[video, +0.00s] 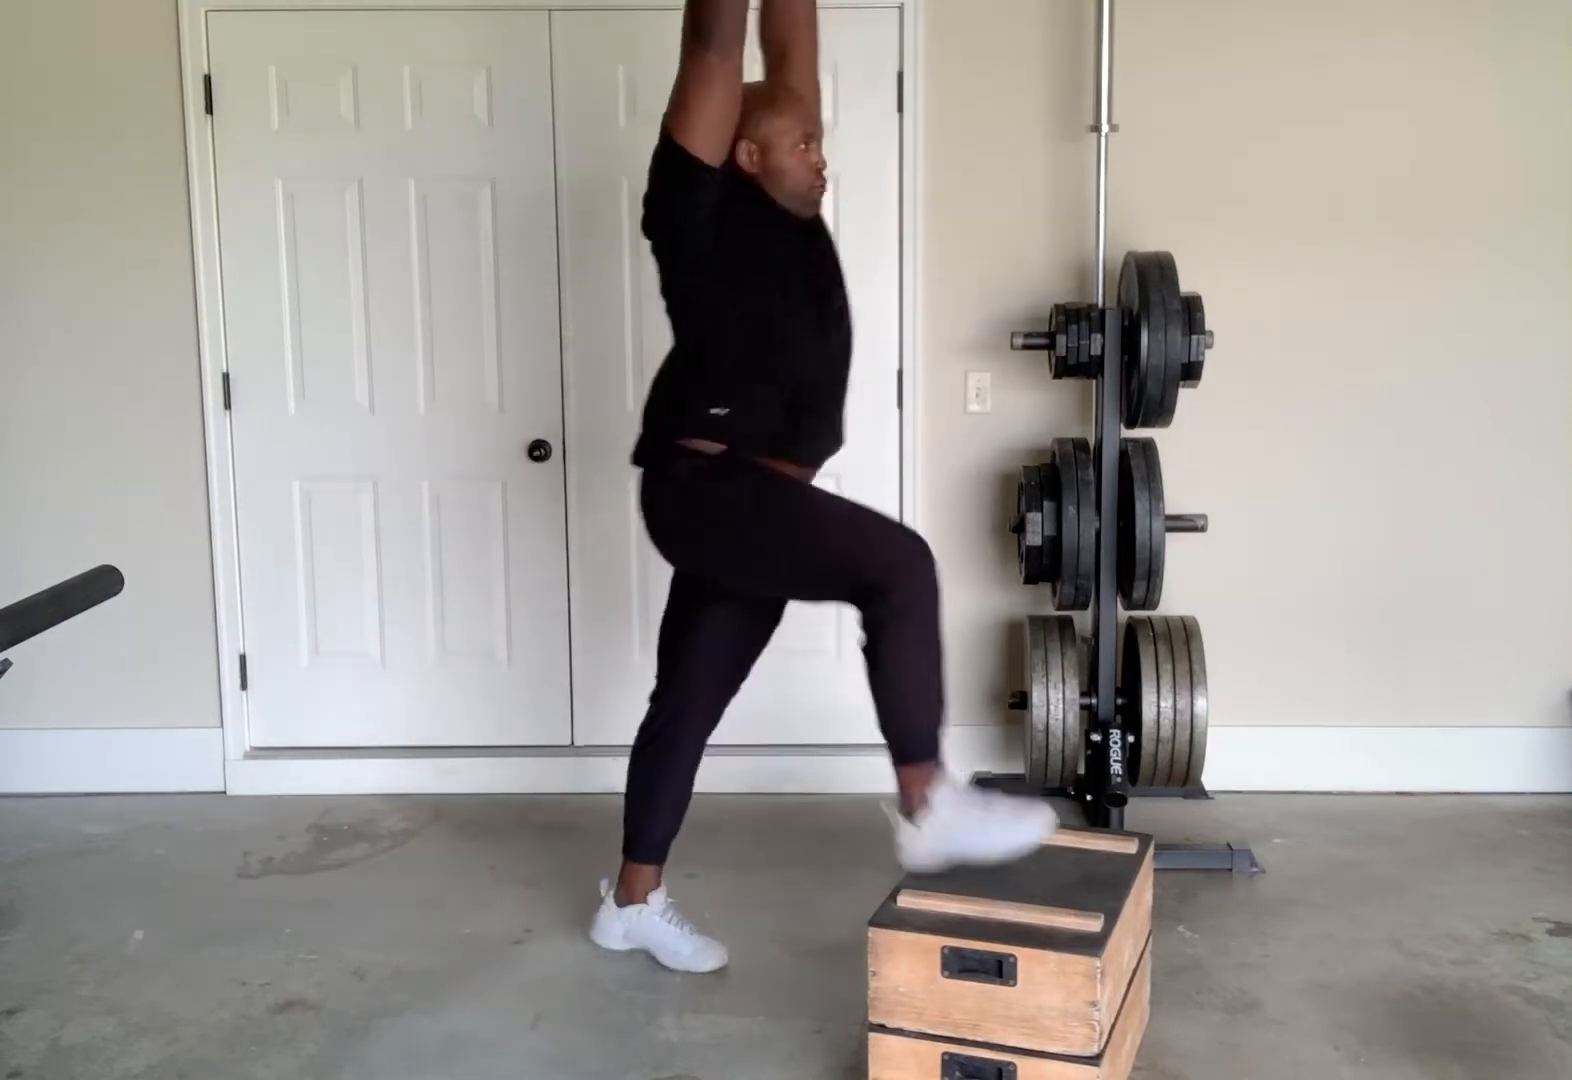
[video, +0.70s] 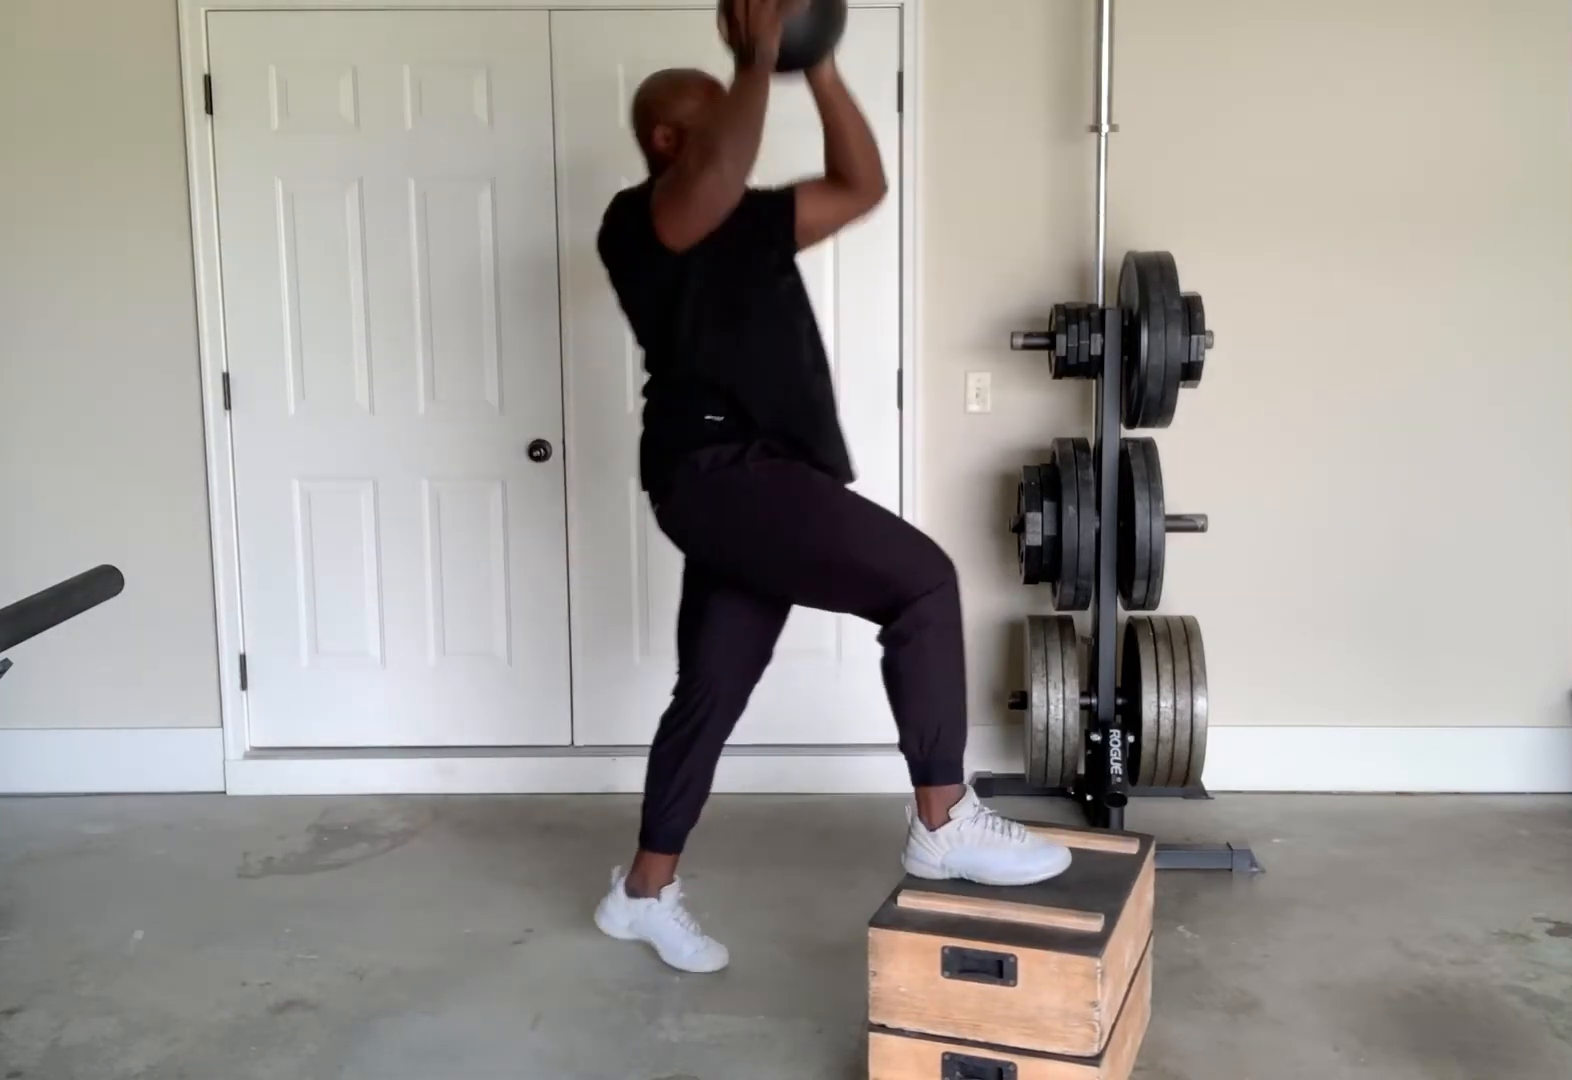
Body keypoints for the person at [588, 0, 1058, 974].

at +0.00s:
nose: (822, 160)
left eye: (819, 143)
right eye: (801, 145)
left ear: (798, 149)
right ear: (745, 150)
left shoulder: (789, 219)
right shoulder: (698, 205)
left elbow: (794, 57)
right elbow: (711, 43)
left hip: (765, 490)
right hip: (706, 484)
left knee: (686, 706)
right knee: (899, 566)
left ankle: (631, 900)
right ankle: (927, 804)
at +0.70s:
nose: (719, 122)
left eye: (715, 110)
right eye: (701, 109)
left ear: (712, 125)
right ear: (662, 133)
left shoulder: (756, 217)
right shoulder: (635, 225)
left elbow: (860, 186)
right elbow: (720, 170)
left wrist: (821, 68)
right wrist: (752, 63)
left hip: (772, 477)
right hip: (716, 474)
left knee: (712, 690)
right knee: (922, 582)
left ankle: (644, 888)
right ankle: (944, 822)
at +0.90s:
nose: (680, 164)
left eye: (677, 150)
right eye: (660, 152)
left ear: (647, 171)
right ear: (606, 172)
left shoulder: (694, 274)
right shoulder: (584, 279)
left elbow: (768, 385)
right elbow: (632, 408)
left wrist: (790, 294)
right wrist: (738, 305)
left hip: (713, 508)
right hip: (655, 511)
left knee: (660, 710)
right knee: (840, 574)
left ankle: (622, 913)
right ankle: (920, 809)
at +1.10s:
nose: (648, 175)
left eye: (649, 158)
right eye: (631, 158)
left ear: (629, 164)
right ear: (575, 166)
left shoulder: (646, 272)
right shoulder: (540, 278)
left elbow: (659, 399)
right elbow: (536, 426)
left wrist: (728, 432)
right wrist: (689, 435)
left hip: (665, 507)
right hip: (601, 511)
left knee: (646, 708)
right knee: (756, 624)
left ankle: (621, 912)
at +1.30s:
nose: (621, 182)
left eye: (623, 166)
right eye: (605, 166)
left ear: (600, 174)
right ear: (546, 170)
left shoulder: (610, 276)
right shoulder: (512, 287)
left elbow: (635, 415)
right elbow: (505, 447)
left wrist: (700, 493)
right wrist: (651, 500)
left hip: (644, 538)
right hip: (577, 546)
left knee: (644, 727)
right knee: (593, 750)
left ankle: (623, 913)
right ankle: (522, 980)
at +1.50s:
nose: (602, 185)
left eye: (604, 169)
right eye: (585, 168)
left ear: (580, 174)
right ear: (525, 169)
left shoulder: (597, 280)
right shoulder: (479, 287)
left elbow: (615, 423)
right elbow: (477, 453)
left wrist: (671, 516)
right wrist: (618, 520)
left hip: (623, 548)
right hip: (535, 557)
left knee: (645, 732)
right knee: (531, 762)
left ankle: (623, 912)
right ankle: (506, 989)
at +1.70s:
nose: (593, 190)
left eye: (596, 172)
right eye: (577, 172)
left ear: (571, 172)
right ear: (517, 169)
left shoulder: (588, 277)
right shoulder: (467, 289)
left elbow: (611, 418)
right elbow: (461, 457)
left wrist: (664, 507)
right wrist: (603, 525)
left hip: (613, 549)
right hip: (526, 560)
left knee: (621, 741)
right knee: (529, 769)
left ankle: (606, 914)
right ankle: (505, 988)